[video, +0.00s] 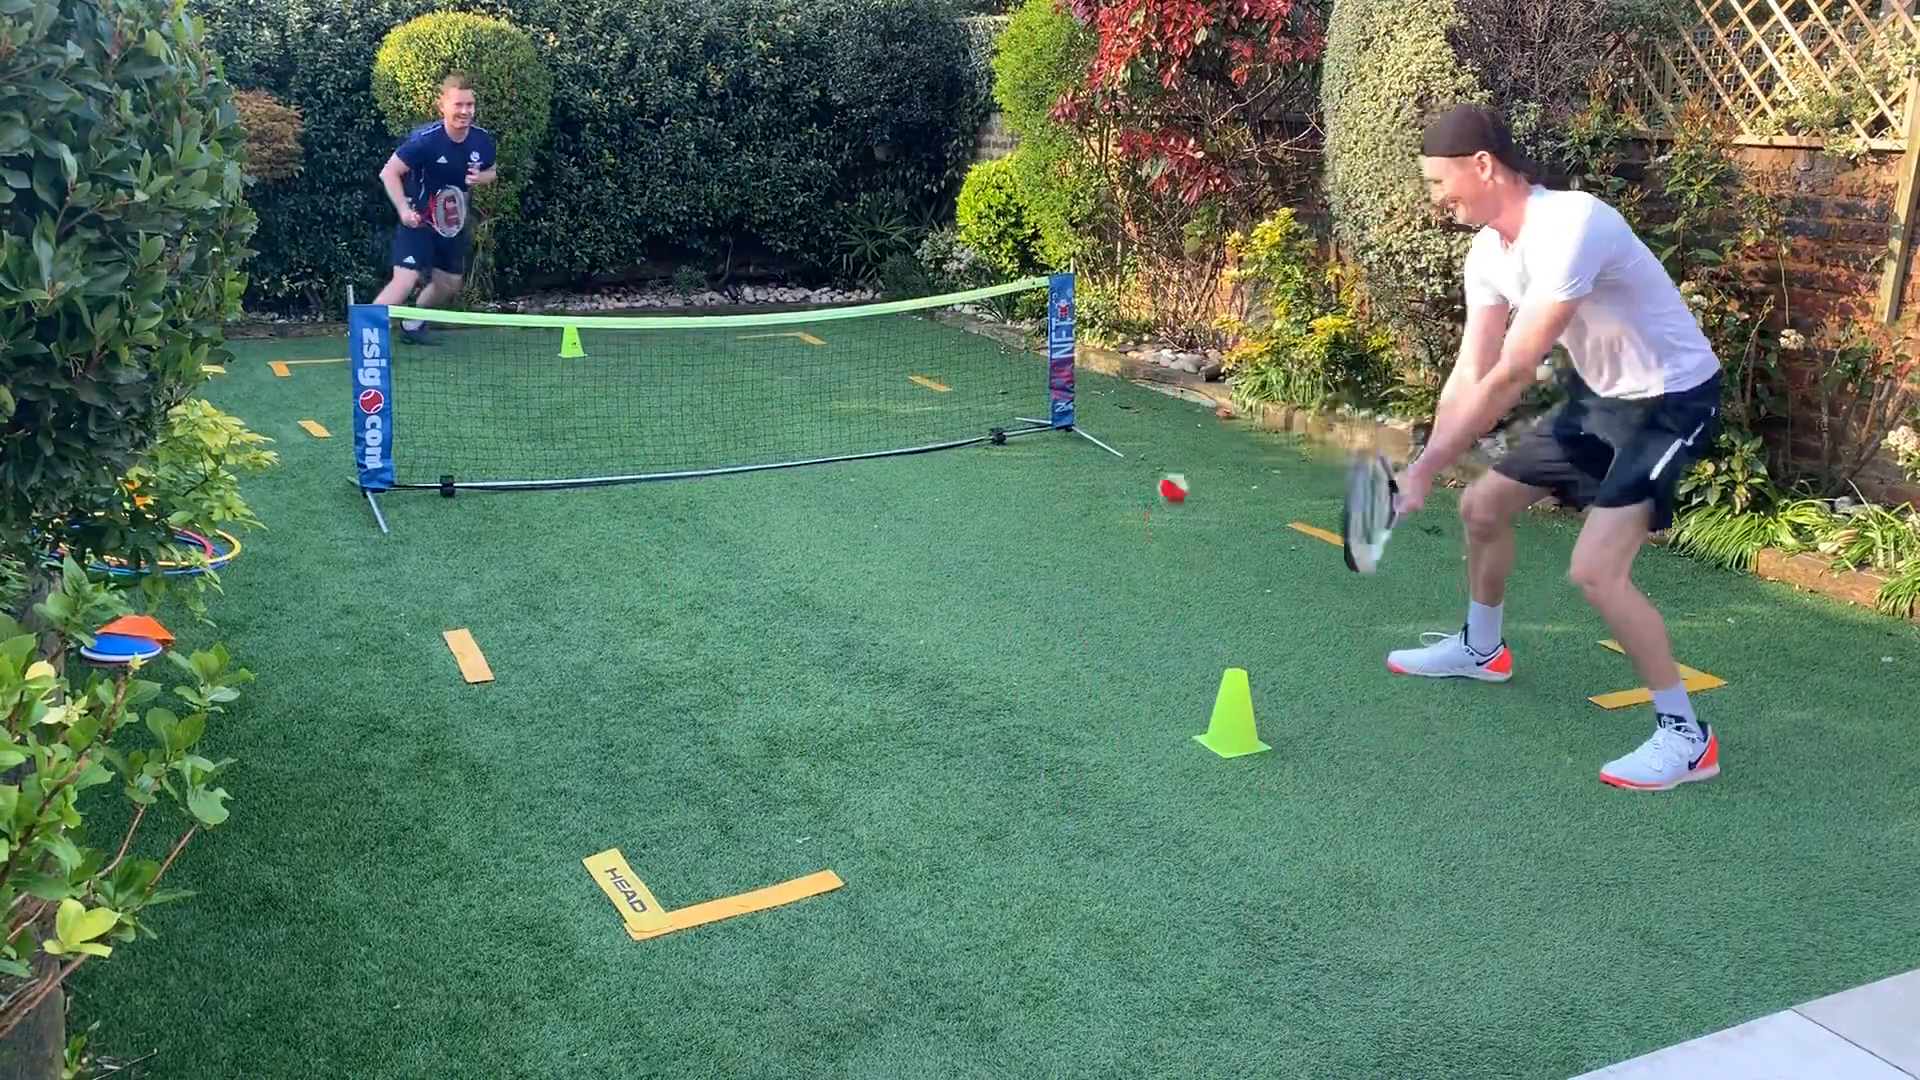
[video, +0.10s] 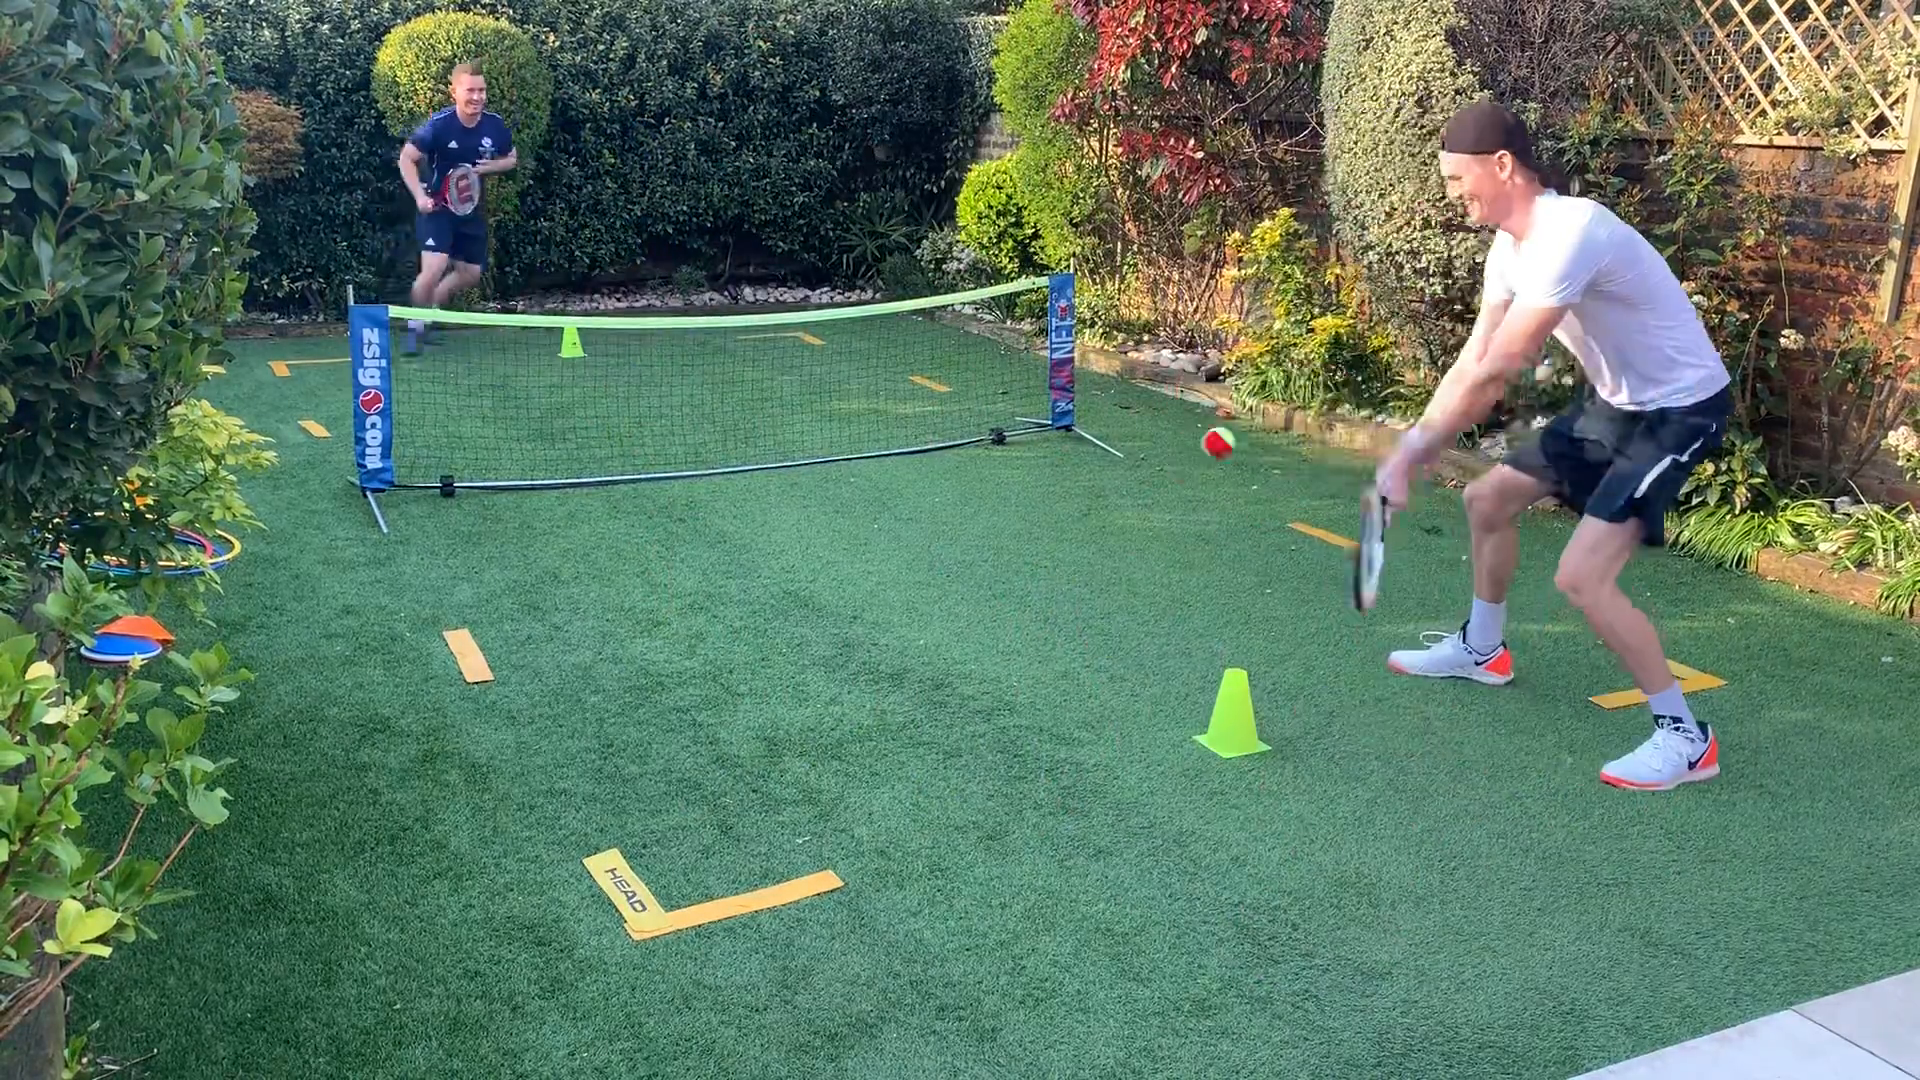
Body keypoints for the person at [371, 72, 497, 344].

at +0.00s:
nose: (465, 111)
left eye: (469, 105)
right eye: (458, 105)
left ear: (475, 107)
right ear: (442, 106)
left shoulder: (480, 140)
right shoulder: (424, 140)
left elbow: (492, 172)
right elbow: (389, 172)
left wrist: (480, 177)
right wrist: (403, 209)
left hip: (453, 224)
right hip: (419, 220)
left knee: (448, 284)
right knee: (406, 279)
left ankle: (412, 326)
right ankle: (366, 330)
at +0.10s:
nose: (477, 96)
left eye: (481, 90)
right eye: (470, 90)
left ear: (486, 93)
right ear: (454, 93)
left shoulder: (494, 125)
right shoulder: (439, 125)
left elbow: (510, 160)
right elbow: (407, 158)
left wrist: (481, 168)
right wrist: (420, 195)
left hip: (471, 209)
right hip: (438, 206)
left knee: (471, 272)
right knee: (434, 267)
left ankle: (426, 306)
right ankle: (414, 328)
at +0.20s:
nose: (491, 93)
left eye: (496, 87)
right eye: (484, 87)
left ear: (501, 90)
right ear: (469, 90)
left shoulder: (512, 127)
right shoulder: (450, 123)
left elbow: (524, 159)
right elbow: (423, 157)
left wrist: (505, 169)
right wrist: (442, 190)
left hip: (498, 211)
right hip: (460, 210)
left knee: (513, 267)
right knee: (457, 274)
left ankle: (475, 297)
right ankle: (454, 323)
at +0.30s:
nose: (511, 103)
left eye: (516, 97)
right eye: (504, 97)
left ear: (521, 100)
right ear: (489, 101)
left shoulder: (533, 138)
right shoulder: (471, 136)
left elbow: (540, 171)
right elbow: (448, 171)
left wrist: (535, 183)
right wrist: (474, 200)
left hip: (522, 215)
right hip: (480, 216)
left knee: (556, 266)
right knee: (471, 277)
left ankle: (562, 321)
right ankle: (462, 327)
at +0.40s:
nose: (536, 109)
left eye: (539, 103)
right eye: (529, 103)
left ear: (545, 106)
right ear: (515, 109)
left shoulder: (559, 142)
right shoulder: (500, 145)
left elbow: (571, 180)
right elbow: (483, 184)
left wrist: (560, 195)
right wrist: (517, 208)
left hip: (550, 219)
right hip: (509, 222)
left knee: (589, 270)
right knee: (492, 279)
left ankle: (621, 321)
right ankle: (464, 327)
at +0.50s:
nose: (558, 107)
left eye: (562, 101)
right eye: (551, 102)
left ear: (568, 103)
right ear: (538, 107)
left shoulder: (588, 139)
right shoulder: (527, 144)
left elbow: (604, 179)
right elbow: (515, 186)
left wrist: (584, 193)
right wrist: (546, 206)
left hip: (589, 216)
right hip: (547, 218)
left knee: (618, 271)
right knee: (517, 275)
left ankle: (626, 324)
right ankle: (483, 326)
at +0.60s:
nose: (571, 97)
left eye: (575, 90)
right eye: (564, 92)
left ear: (582, 93)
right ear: (553, 97)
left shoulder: (605, 129)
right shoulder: (543, 132)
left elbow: (620, 172)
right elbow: (538, 173)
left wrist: (592, 186)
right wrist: (562, 194)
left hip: (606, 201)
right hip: (564, 202)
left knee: (625, 257)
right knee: (553, 258)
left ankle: (630, 323)